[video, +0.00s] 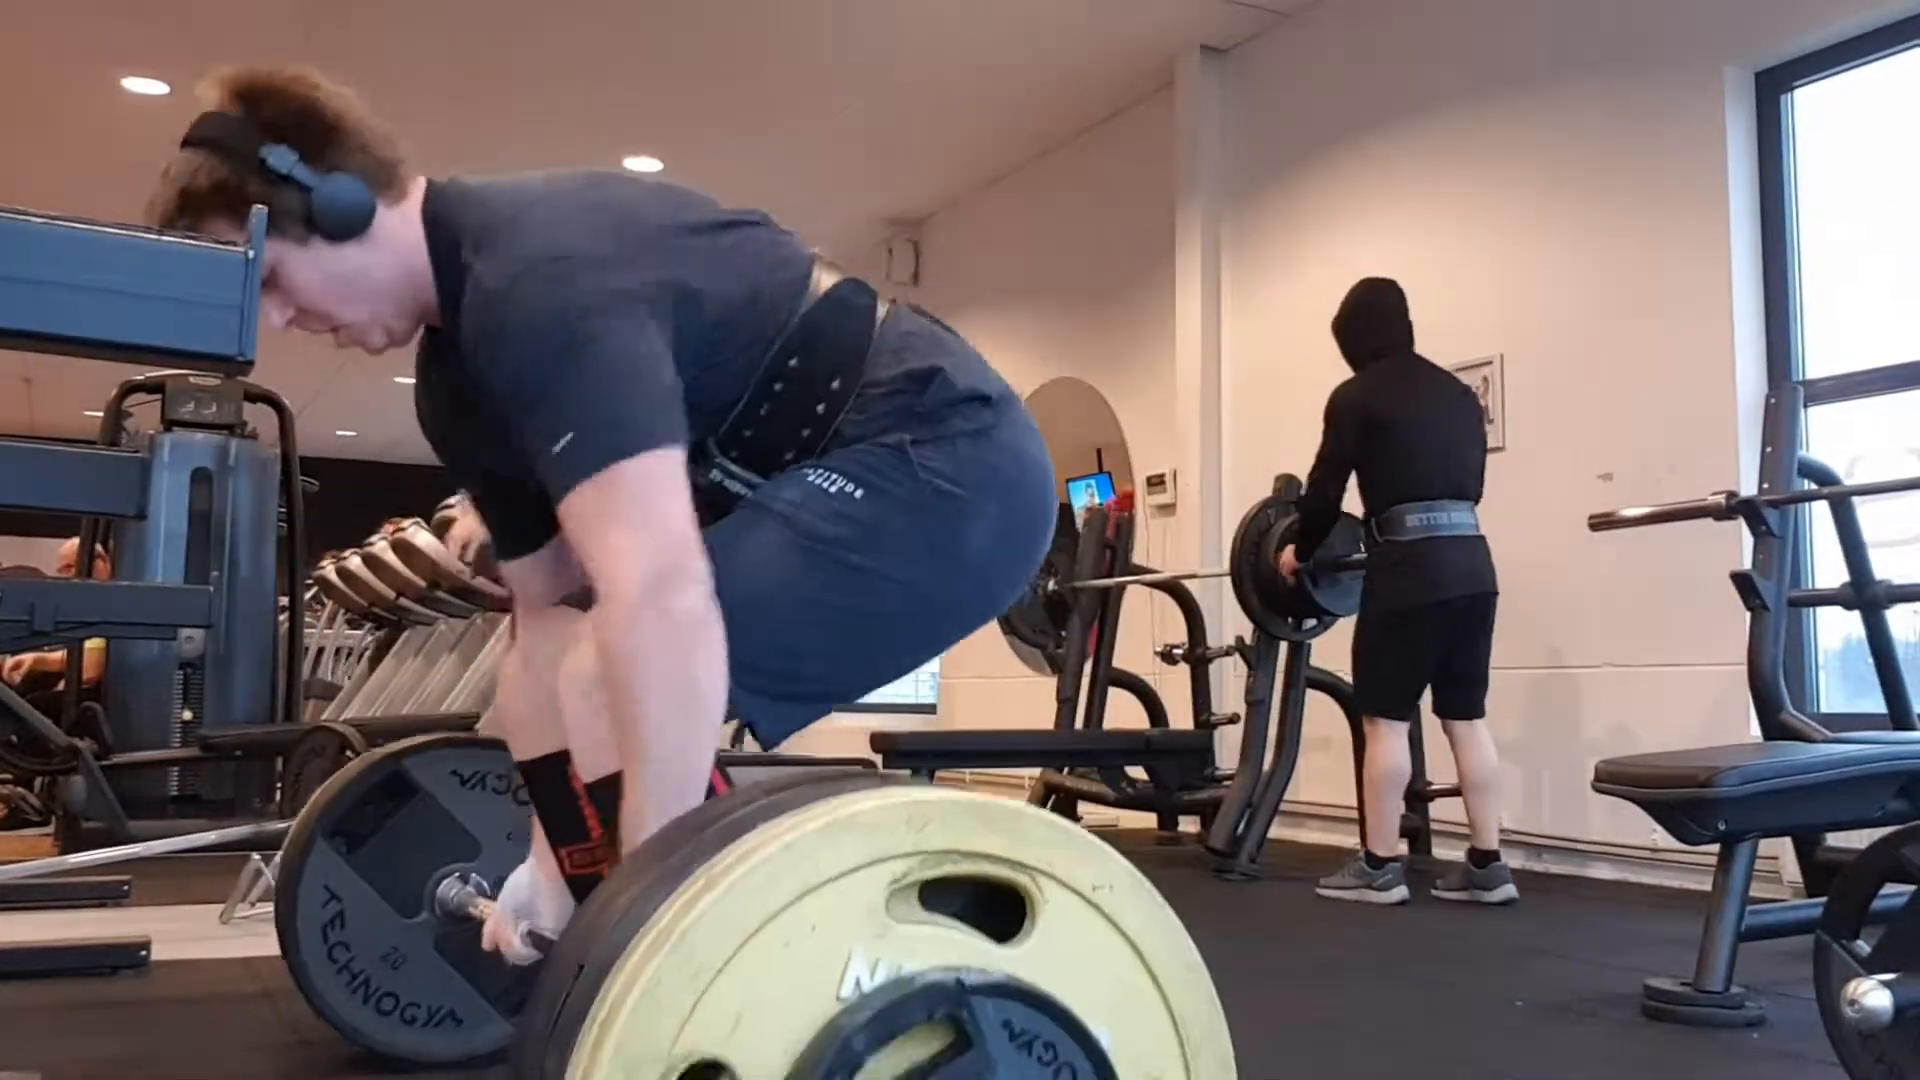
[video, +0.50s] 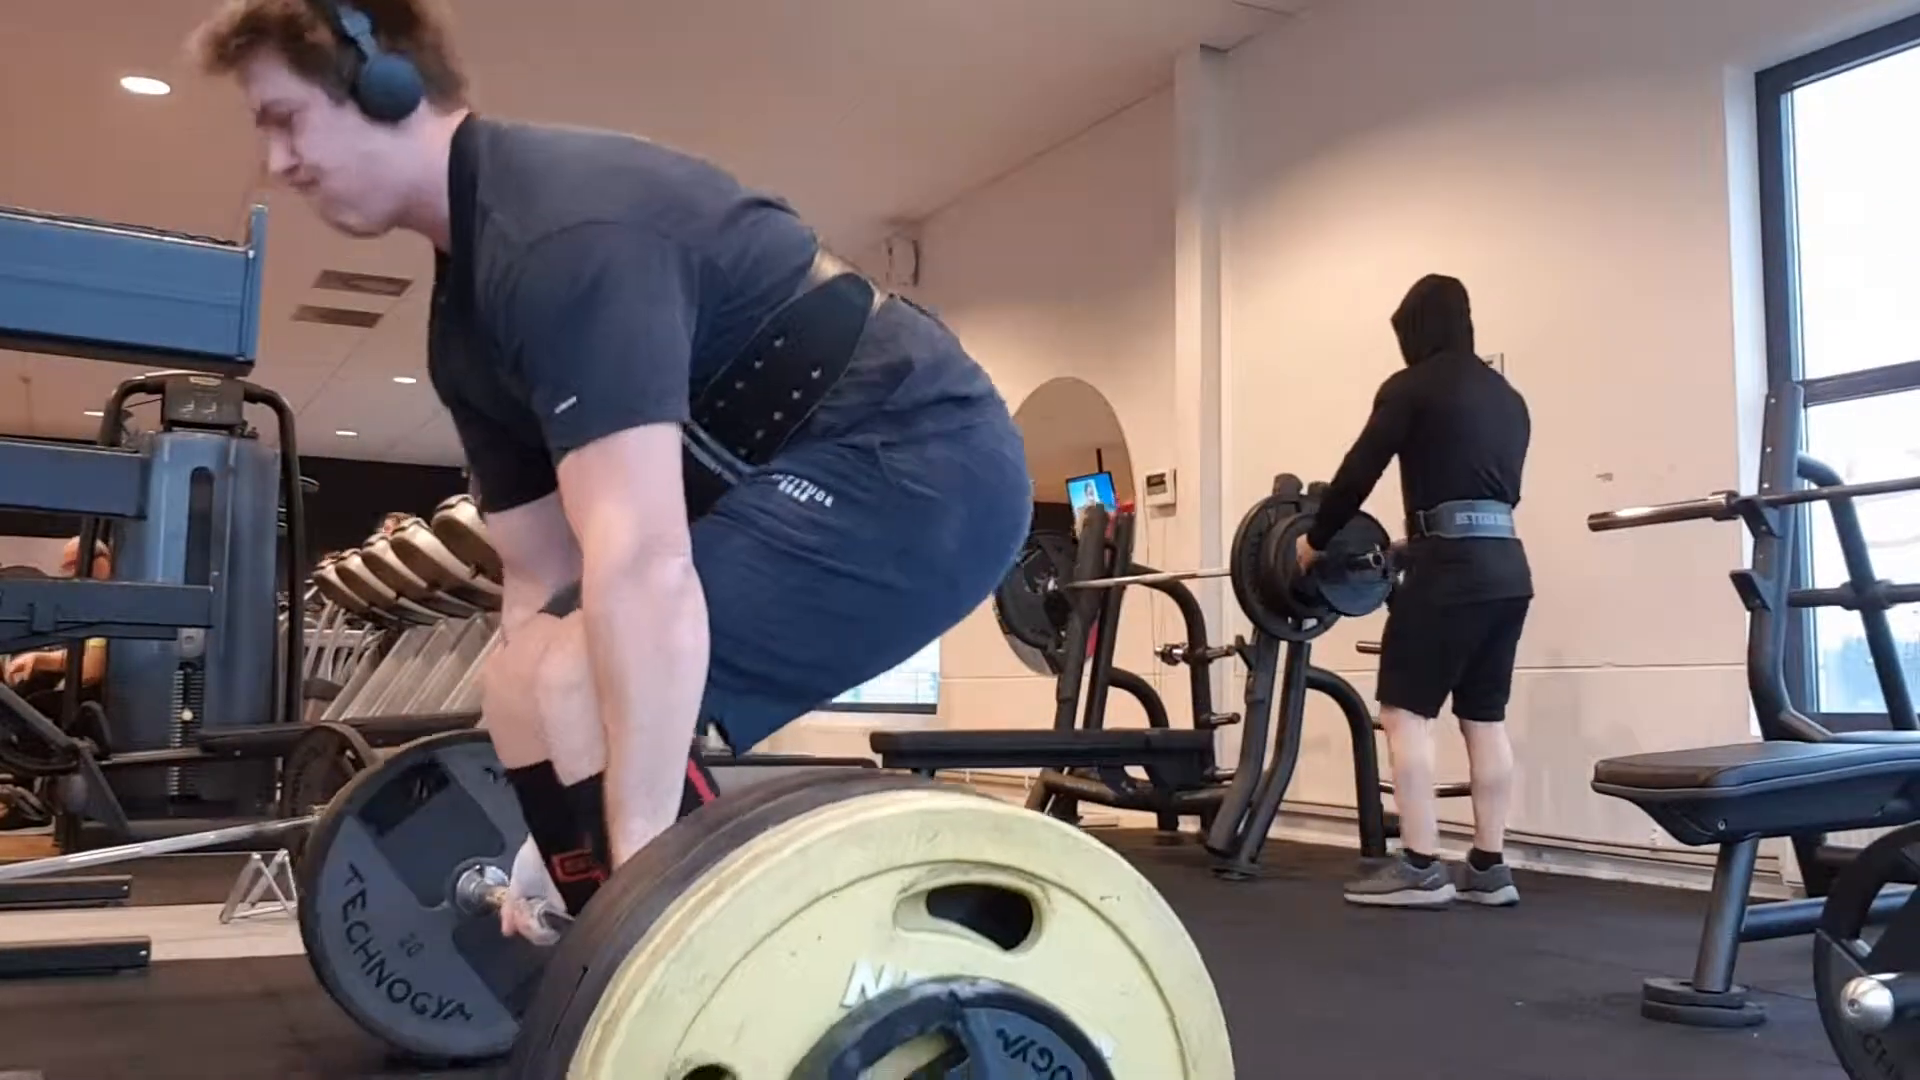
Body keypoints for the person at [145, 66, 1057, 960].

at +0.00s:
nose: (282, 321)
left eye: (268, 280)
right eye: (259, 300)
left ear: (318, 205)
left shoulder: (547, 286)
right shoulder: (454, 369)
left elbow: (661, 597)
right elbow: (554, 602)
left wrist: (656, 912)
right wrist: (547, 860)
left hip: (936, 459)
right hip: (814, 480)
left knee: (614, 676)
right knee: (533, 670)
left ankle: (701, 978)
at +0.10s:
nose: (283, 301)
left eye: (272, 256)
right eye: (259, 279)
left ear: (334, 182)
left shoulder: (552, 284)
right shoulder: (449, 376)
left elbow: (637, 607)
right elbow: (523, 622)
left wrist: (645, 913)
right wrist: (537, 865)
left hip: (929, 476)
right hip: (816, 498)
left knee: (600, 681)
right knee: (525, 681)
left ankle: (697, 974)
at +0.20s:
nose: (281, 245)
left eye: (275, 200)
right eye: (258, 218)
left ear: (353, 135)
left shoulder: (554, 263)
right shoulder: (456, 356)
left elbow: (637, 593)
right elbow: (531, 606)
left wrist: (639, 912)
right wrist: (541, 859)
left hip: (916, 480)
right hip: (796, 498)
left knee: (577, 687)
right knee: (505, 688)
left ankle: (684, 974)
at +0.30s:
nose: (278, 210)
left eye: (279, 168)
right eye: (261, 185)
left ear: (359, 110)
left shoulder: (561, 251)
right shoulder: (460, 336)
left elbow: (636, 579)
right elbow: (534, 593)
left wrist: (637, 881)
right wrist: (537, 857)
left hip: (911, 473)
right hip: (803, 488)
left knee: (564, 690)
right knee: (503, 691)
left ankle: (673, 1000)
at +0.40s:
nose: (275, 186)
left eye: (280, 143)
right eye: (260, 157)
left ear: (373, 93)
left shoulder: (562, 241)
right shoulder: (461, 329)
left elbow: (636, 573)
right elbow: (537, 589)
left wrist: (639, 878)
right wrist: (542, 853)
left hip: (911, 466)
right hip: (804, 483)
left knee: (565, 689)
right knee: (505, 688)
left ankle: (669, 1000)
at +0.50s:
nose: (275, 164)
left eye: (285, 121)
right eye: (263, 133)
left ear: (384, 83)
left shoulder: (570, 232)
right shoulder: (463, 321)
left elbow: (646, 563)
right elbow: (538, 579)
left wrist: (645, 871)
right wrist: (546, 849)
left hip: (911, 451)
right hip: (797, 471)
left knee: (585, 679)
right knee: (513, 677)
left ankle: (688, 978)